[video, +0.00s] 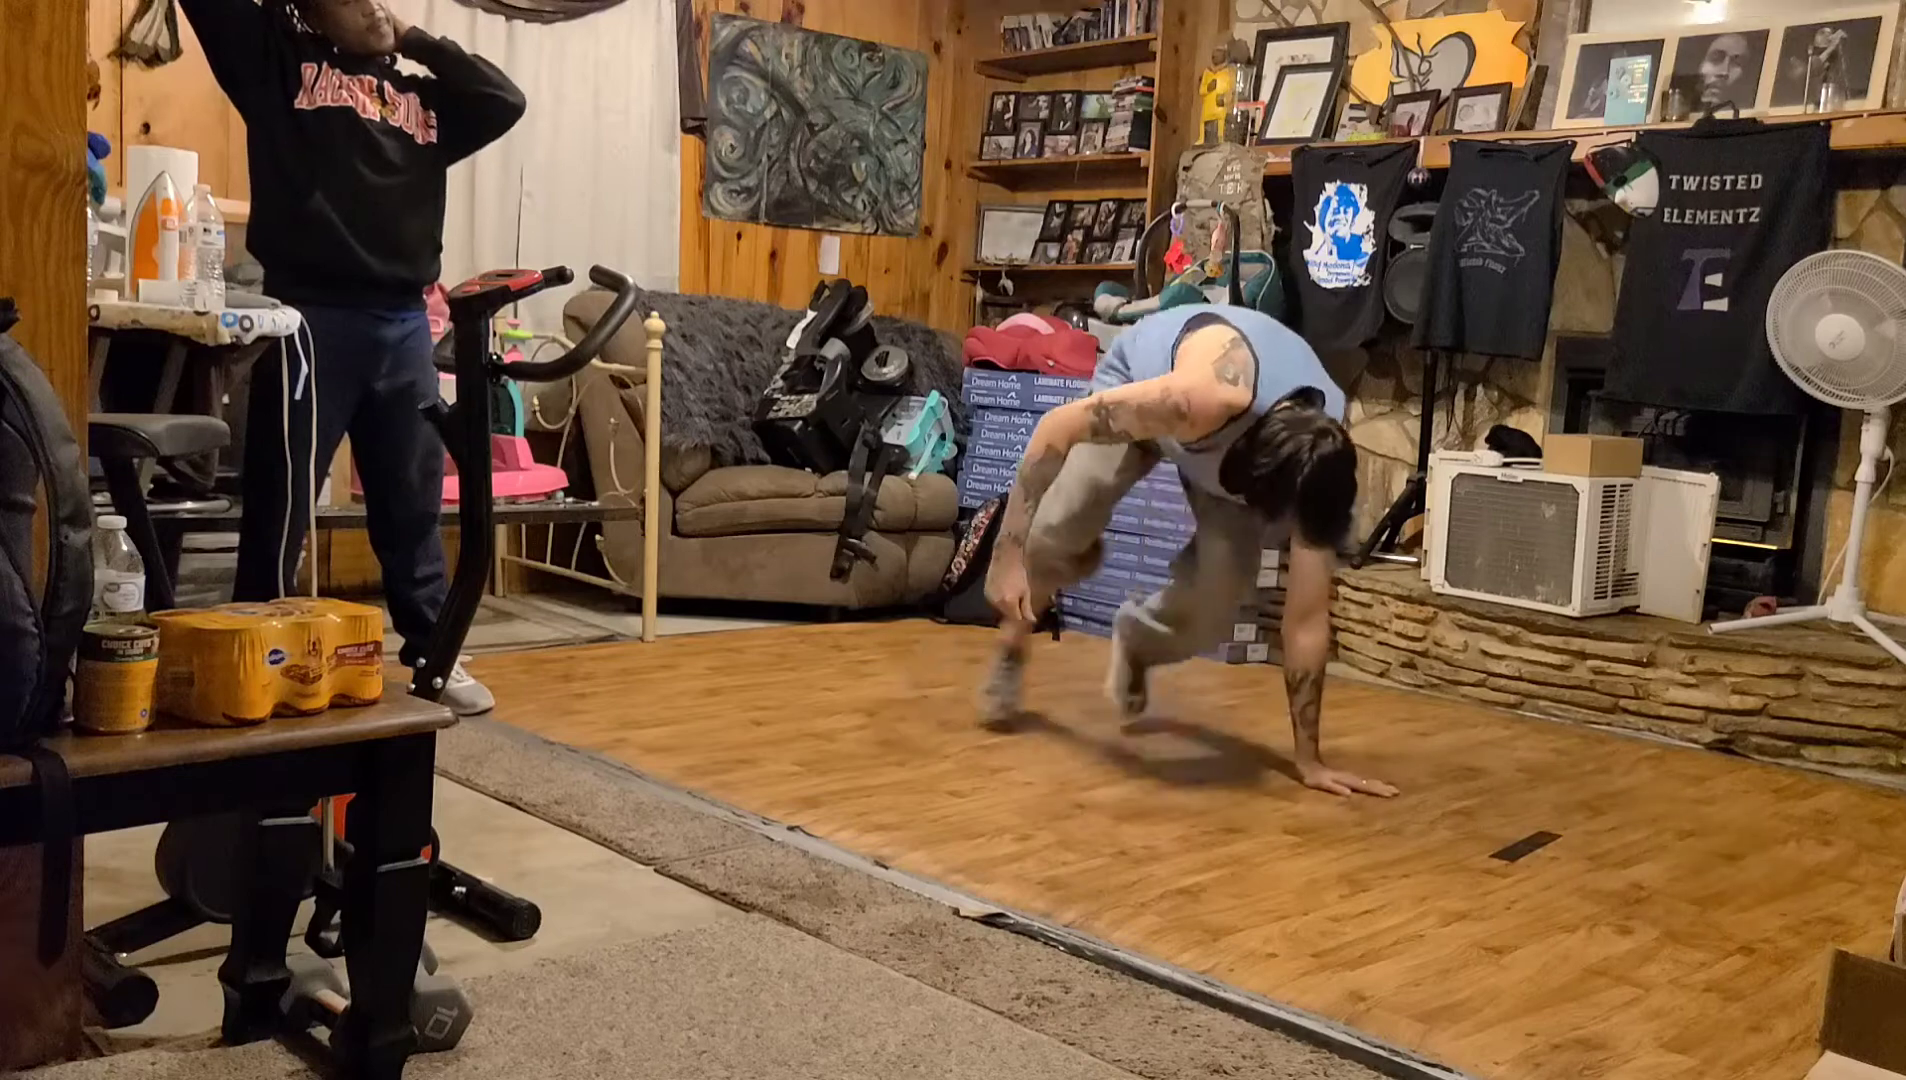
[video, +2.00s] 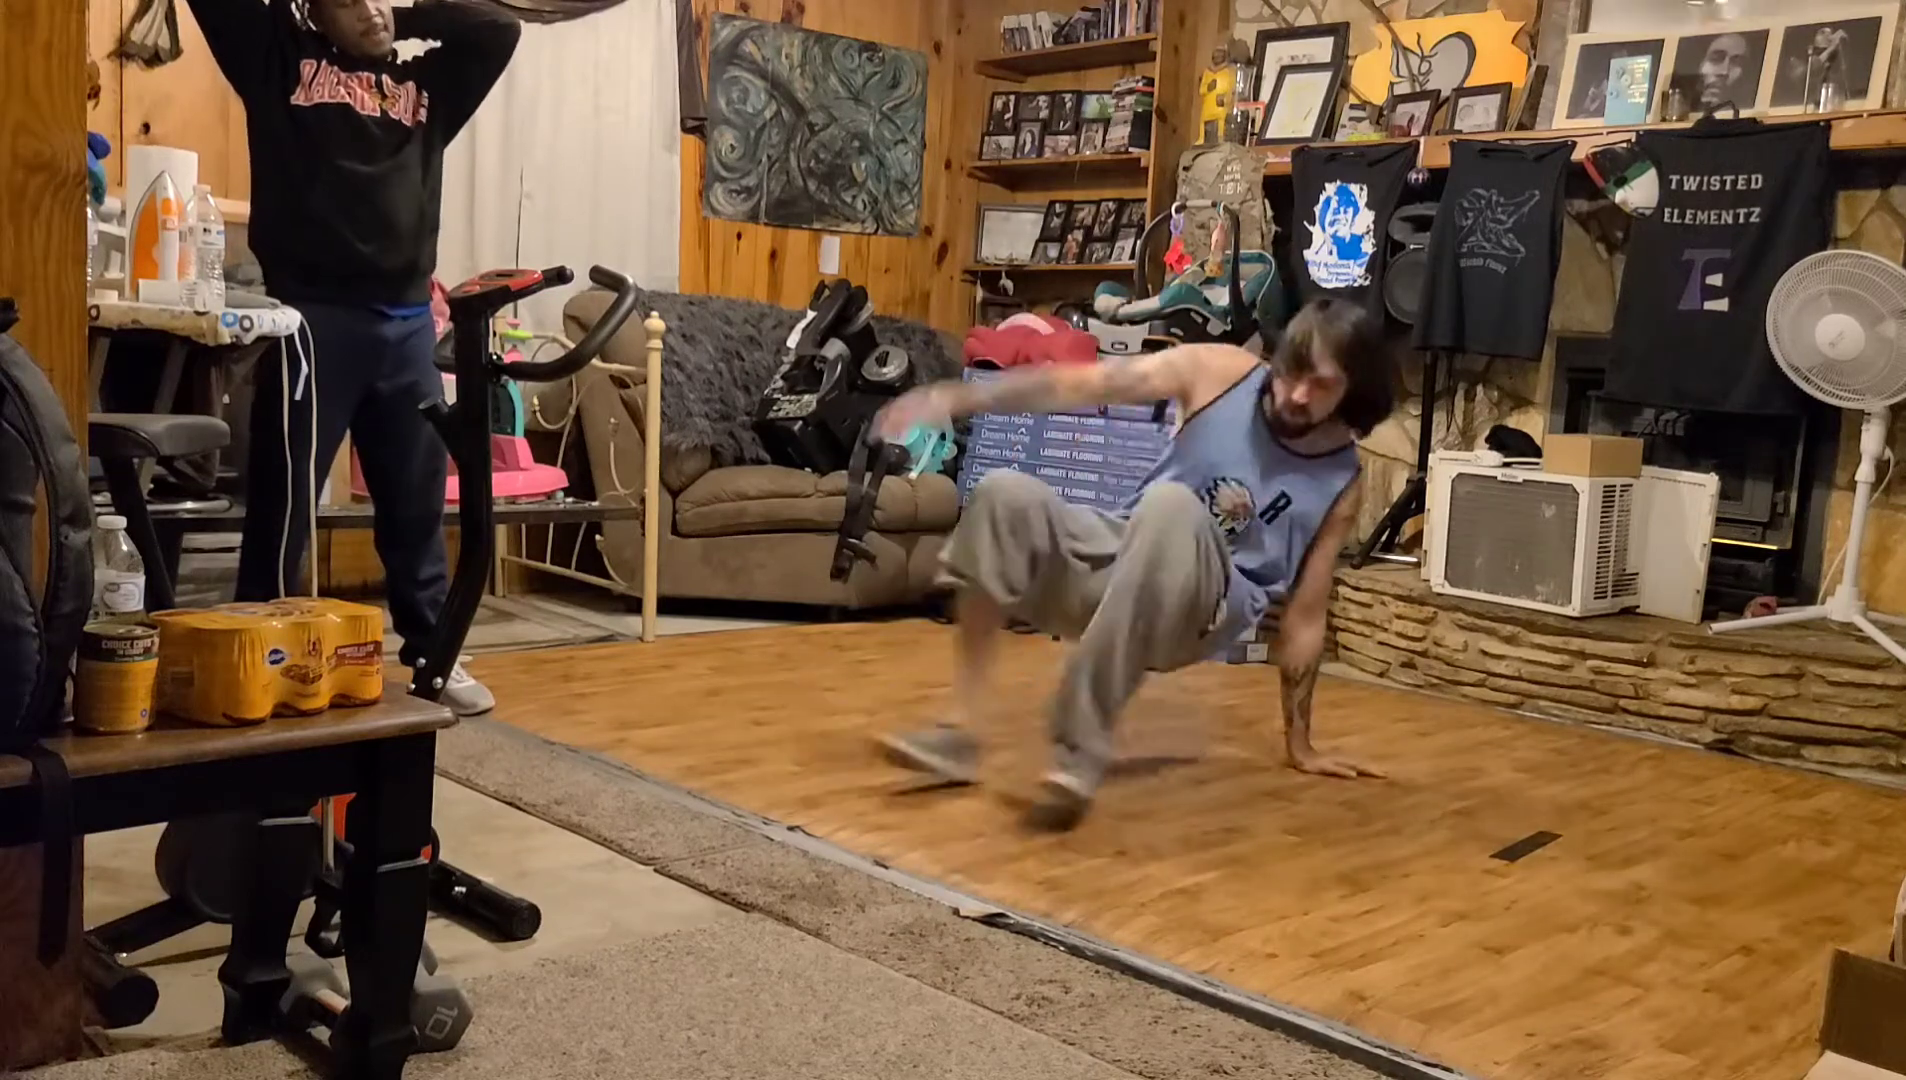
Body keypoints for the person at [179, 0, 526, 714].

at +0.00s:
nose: (381, 8)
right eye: (359, 1)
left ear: (383, 12)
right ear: (313, 14)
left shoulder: (420, 100)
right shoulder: (275, 59)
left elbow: (504, 102)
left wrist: (419, 42)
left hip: (402, 325)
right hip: (309, 321)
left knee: (413, 504)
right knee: (281, 505)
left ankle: (432, 657)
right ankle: (254, 664)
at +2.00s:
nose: (378, 11)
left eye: (378, 0)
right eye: (354, 3)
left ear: (387, 12)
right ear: (315, 15)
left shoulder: (425, 85)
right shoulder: (277, 58)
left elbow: (500, 30)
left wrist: (414, 15)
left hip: (406, 324)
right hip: (311, 322)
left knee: (417, 504)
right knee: (284, 506)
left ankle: (431, 658)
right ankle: (256, 665)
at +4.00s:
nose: (366, 5)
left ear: (375, 7)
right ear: (300, 10)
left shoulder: (418, 84)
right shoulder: (270, 60)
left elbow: (481, 175)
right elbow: (191, 2)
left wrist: (429, 82)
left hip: (405, 323)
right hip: (308, 317)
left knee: (417, 502)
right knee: (284, 503)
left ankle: (434, 657)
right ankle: (259, 662)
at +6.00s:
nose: (386, 3)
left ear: (401, 11)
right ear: (331, 2)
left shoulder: (429, 99)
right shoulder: (287, 63)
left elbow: (448, 220)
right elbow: (234, 121)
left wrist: (463, 141)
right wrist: (257, 22)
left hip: (398, 325)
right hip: (298, 322)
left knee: (413, 499)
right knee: (278, 499)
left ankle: (432, 658)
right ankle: (252, 660)